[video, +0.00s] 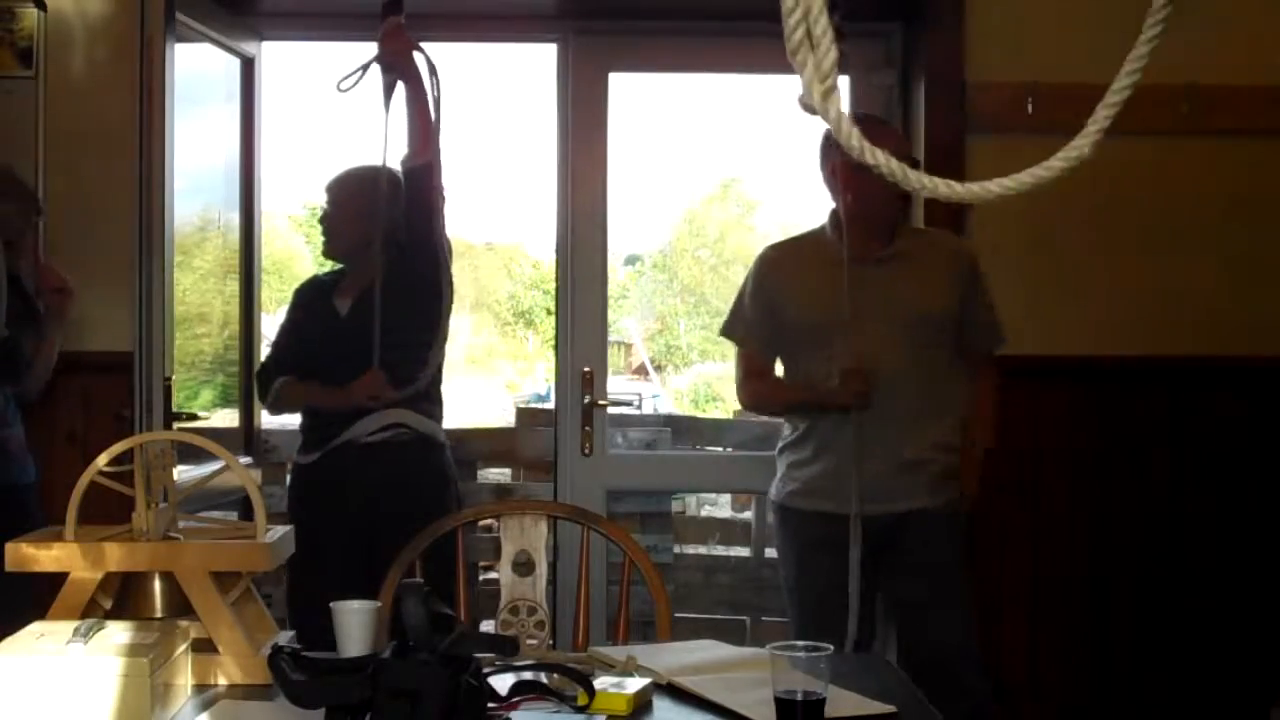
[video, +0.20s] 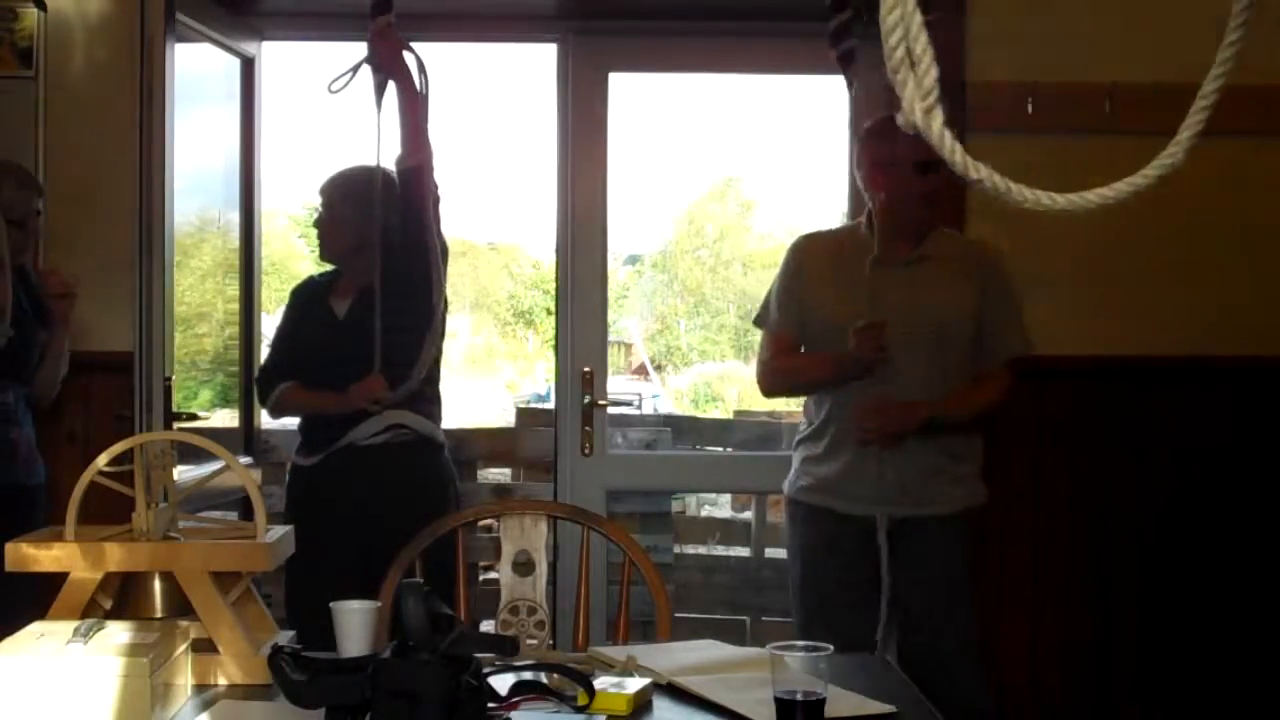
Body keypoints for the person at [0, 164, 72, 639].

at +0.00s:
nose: (30, 246)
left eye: (31, 231)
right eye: (21, 232)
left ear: (31, 228)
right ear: (12, 231)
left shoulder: (21, 290)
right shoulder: (14, 292)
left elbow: (28, 384)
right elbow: (28, 384)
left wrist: (52, 321)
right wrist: (52, 321)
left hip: (17, 470)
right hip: (11, 472)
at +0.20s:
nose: (31, 234)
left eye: (36, 220)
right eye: (17, 221)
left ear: (41, 220)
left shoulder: (28, 285)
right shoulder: (10, 286)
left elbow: (41, 391)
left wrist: (60, 321)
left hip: (22, 466)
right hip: (7, 468)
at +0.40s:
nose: (33, 221)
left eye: (38, 208)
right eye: (20, 209)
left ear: (43, 211)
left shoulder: (38, 286)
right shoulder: (9, 284)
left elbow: (58, 389)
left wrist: (68, 320)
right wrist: (21, 307)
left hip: (34, 455)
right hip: (9, 455)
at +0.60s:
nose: (35, 215)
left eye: (40, 202)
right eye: (21, 203)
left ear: (46, 207)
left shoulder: (42, 283)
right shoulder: (7, 280)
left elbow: (66, 389)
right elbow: (11, 367)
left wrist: (74, 322)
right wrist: (15, 306)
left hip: (38, 456)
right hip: (10, 454)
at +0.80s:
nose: (36, 215)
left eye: (39, 200)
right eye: (21, 202)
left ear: (46, 202)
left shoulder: (41, 281)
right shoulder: (6, 281)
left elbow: (70, 391)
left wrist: (80, 324)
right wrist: (13, 312)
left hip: (44, 470)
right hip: (12, 472)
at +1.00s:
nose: (25, 218)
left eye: (29, 202)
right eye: (16, 200)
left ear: (33, 208)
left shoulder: (40, 287)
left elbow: (74, 394)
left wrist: (84, 326)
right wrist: (13, 309)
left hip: (39, 479)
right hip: (12, 480)